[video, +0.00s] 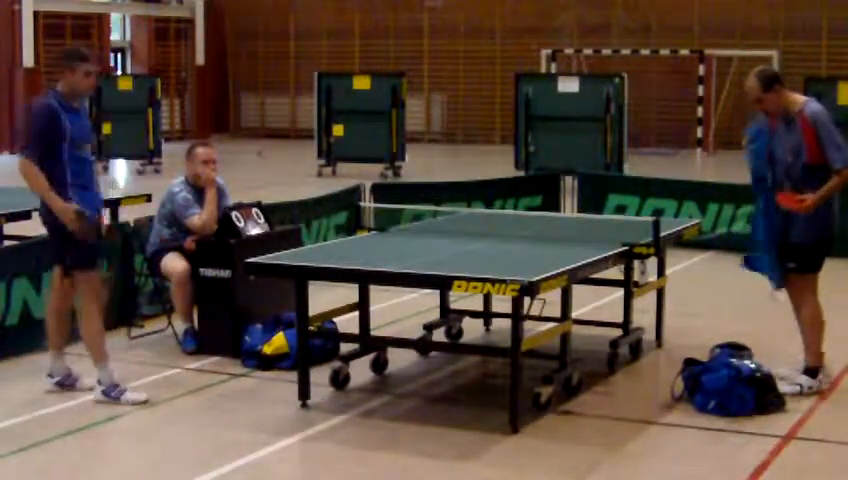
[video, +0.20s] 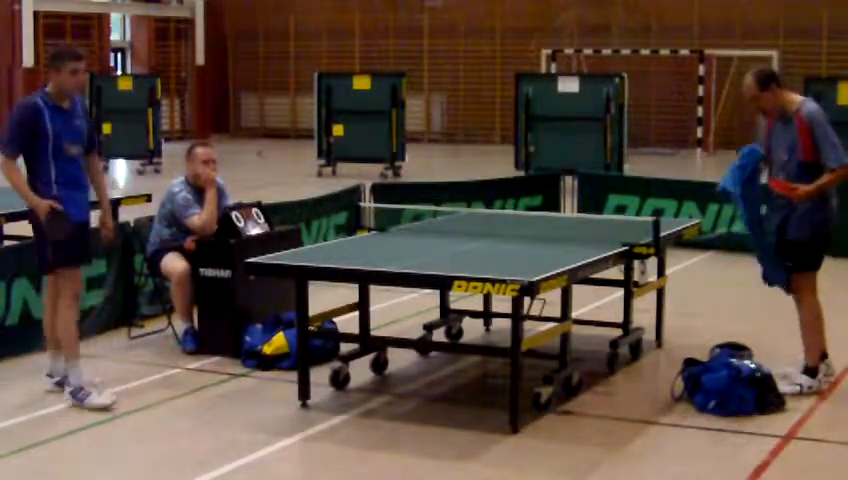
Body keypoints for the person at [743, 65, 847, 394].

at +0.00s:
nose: (759, 109)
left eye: (760, 101)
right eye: (755, 103)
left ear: (776, 91)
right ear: (763, 97)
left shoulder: (812, 115)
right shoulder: (771, 121)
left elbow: (842, 168)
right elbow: (768, 174)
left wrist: (816, 198)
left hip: (808, 215)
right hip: (779, 214)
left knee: (804, 289)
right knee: (794, 288)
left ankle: (813, 370)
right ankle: (812, 361)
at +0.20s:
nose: (756, 108)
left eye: (757, 100)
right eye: (753, 102)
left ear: (773, 90)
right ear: (764, 94)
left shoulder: (810, 114)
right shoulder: (772, 118)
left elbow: (839, 167)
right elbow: (769, 160)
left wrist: (811, 188)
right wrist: (751, 167)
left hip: (807, 213)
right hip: (781, 212)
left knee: (804, 288)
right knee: (798, 288)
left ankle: (812, 370)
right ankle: (818, 360)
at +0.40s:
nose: (747, 102)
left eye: (749, 94)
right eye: (745, 95)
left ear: (767, 88)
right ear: (766, 88)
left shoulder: (802, 113)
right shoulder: (776, 118)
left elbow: (820, 167)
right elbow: (777, 168)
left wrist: (778, 190)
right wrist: (756, 184)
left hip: (804, 212)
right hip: (786, 210)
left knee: (800, 286)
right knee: (794, 285)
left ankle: (810, 371)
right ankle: (803, 357)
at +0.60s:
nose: (747, 97)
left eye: (749, 90)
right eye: (746, 91)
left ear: (766, 86)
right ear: (767, 85)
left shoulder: (788, 117)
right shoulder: (796, 113)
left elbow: (788, 170)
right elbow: (791, 169)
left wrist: (753, 186)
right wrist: (757, 184)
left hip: (792, 220)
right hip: (793, 217)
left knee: (792, 286)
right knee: (787, 285)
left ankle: (809, 368)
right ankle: (792, 355)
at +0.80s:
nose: (746, 92)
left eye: (749, 85)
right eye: (746, 85)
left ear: (765, 83)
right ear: (771, 81)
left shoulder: (776, 114)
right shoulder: (806, 110)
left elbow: (767, 167)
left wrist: (743, 178)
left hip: (781, 212)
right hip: (806, 210)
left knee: (762, 274)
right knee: (788, 277)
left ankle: (794, 341)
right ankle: (793, 348)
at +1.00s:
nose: (747, 90)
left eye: (749, 83)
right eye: (747, 84)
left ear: (760, 81)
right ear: (776, 80)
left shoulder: (762, 112)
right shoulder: (806, 110)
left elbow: (753, 164)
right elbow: (814, 159)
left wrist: (736, 167)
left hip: (766, 210)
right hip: (800, 209)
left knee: (742, 267)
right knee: (788, 275)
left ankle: (763, 340)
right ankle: (790, 353)